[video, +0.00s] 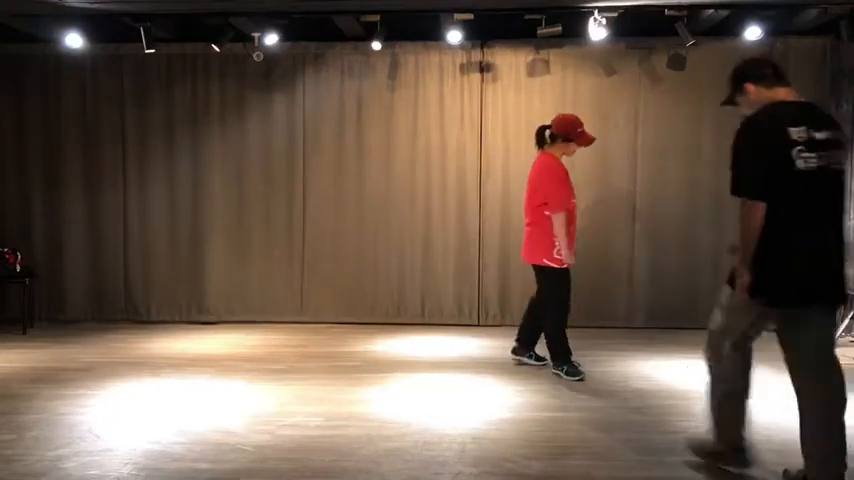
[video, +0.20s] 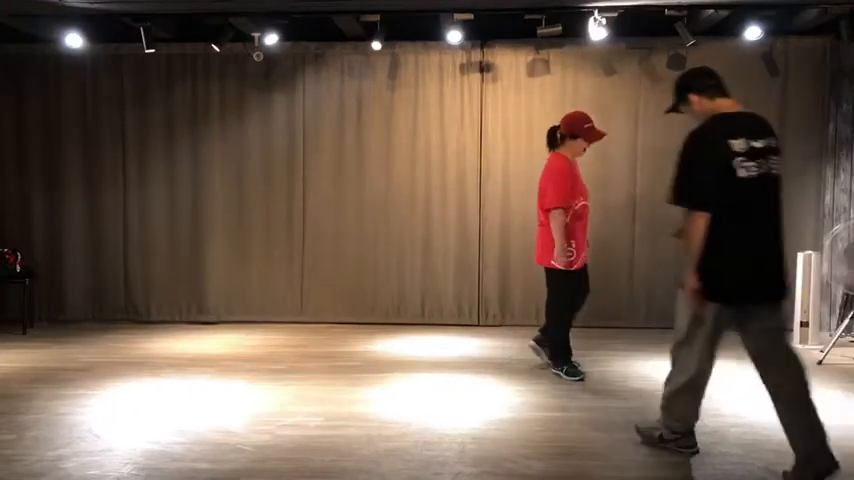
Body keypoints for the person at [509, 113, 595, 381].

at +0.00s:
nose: (577, 148)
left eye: (578, 144)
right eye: (575, 143)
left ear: (557, 139)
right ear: (564, 141)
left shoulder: (544, 163)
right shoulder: (552, 168)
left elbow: (552, 209)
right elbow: (558, 212)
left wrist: (557, 241)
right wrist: (563, 245)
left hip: (542, 248)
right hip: (550, 250)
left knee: (545, 298)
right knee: (556, 304)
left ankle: (523, 347)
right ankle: (561, 360)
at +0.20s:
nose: (587, 146)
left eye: (588, 142)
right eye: (585, 141)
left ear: (570, 138)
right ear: (570, 138)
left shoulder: (568, 164)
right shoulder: (558, 167)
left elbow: (570, 207)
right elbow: (556, 211)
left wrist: (578, 241)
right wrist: (560, 245)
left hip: (573, 249)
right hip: (561, 252)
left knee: (578, 292)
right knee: (560, 305)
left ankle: (547, 338)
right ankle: (560, 358)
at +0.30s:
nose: (590, 146)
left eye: (592, 141)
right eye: (587, 140)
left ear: (576, 138)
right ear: (572, 137)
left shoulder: (577, 162)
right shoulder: (561, 166)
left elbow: (579, 204)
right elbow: (563, 208)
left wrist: (584, 240)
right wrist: (562, 243)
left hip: (581, 249)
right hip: (564, 252)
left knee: (589, 294)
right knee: (563, 304)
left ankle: (563, 344)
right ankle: (560, 358)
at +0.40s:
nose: (594, 145)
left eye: (596, 140)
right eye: (591, 139)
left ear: (590, 138)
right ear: (575, 136)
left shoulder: (588, 163)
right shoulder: (564, 166)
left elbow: (590, 202)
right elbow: (563, 208)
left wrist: (594, 235)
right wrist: (571, 243)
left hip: (588, 248)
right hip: (566, 251)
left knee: (594, 298)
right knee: (564, 306)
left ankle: (588, 348)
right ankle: (561, 360)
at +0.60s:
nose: (602, 143)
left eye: (606, 137)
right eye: (598, 137)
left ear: (608, 139)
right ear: (587, 137)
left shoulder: (613, 165)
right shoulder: (575, 165)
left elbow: (618, 208)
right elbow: (566, 205)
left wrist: (618, 243)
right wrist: (580, 240)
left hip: (604, 252)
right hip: (574, 252)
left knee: (611, 304)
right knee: (571, 307)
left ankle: (614, 353)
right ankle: (562, 358)